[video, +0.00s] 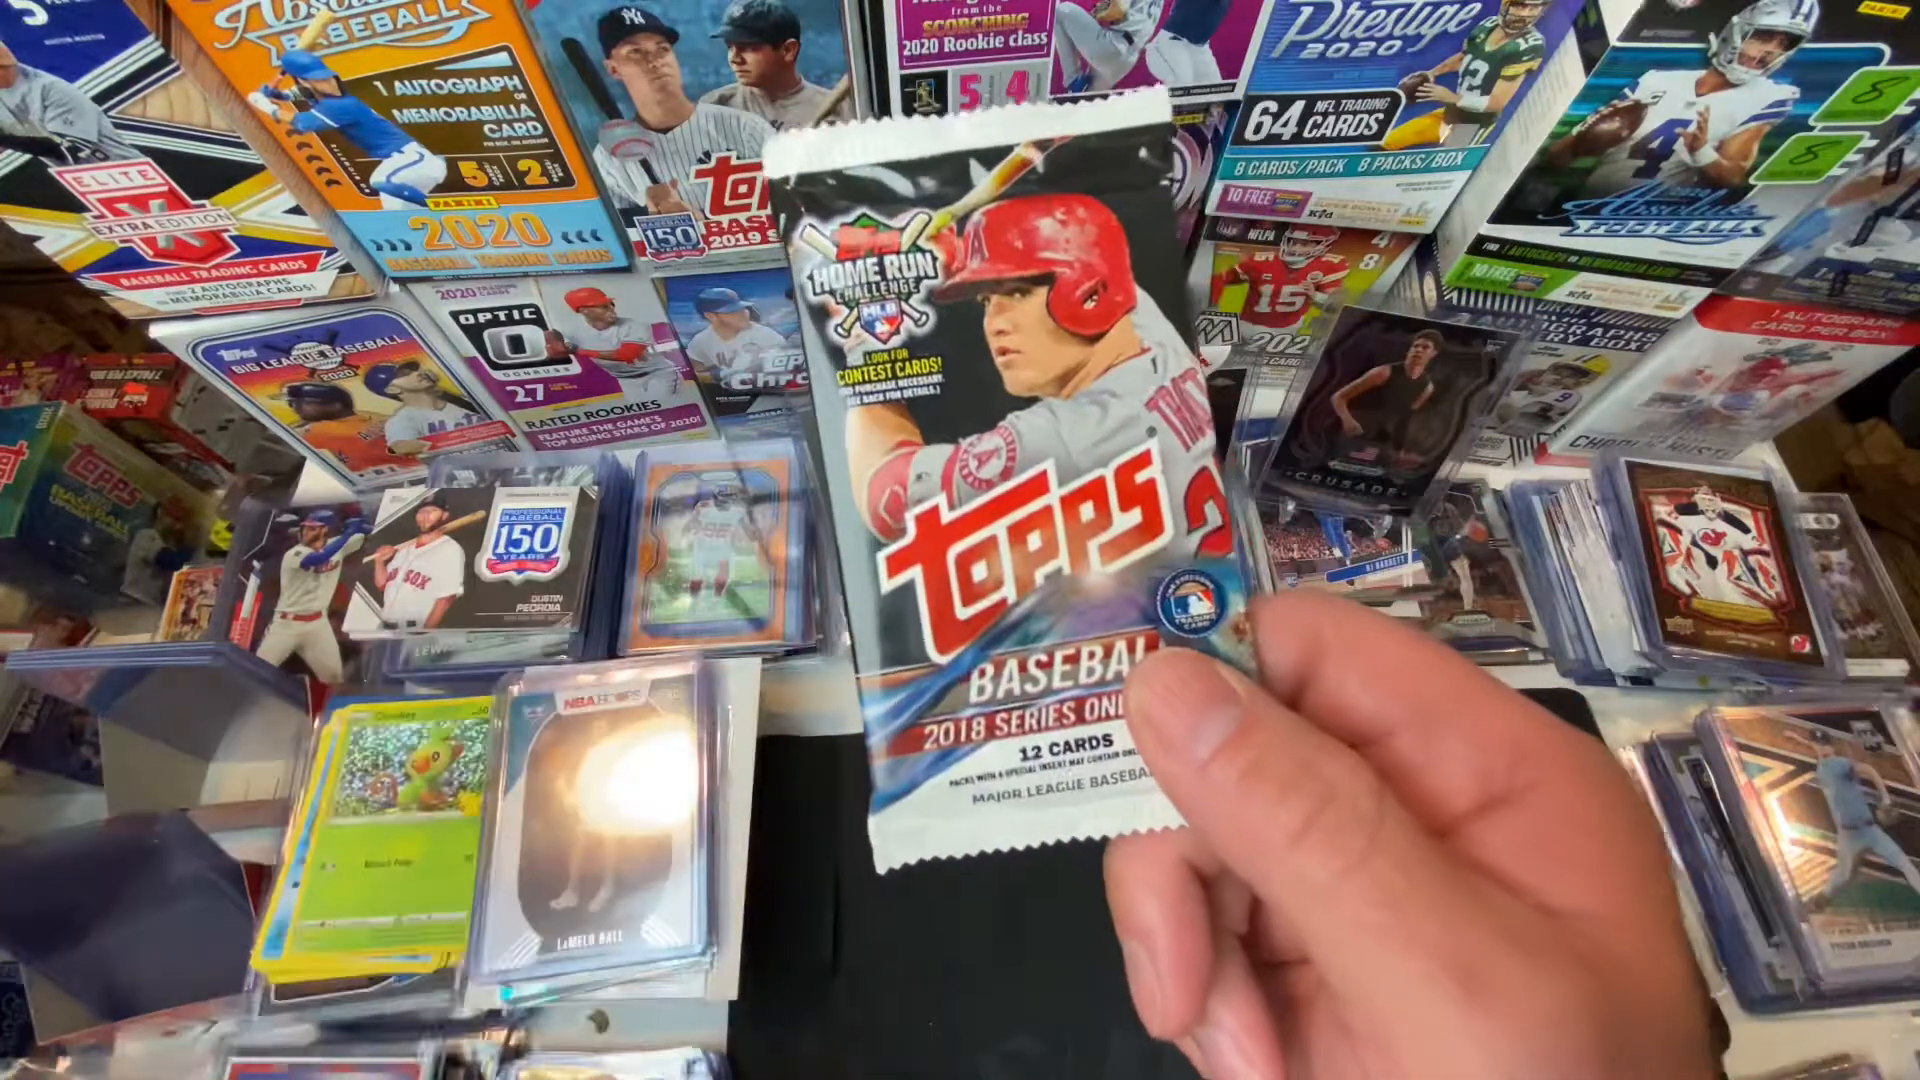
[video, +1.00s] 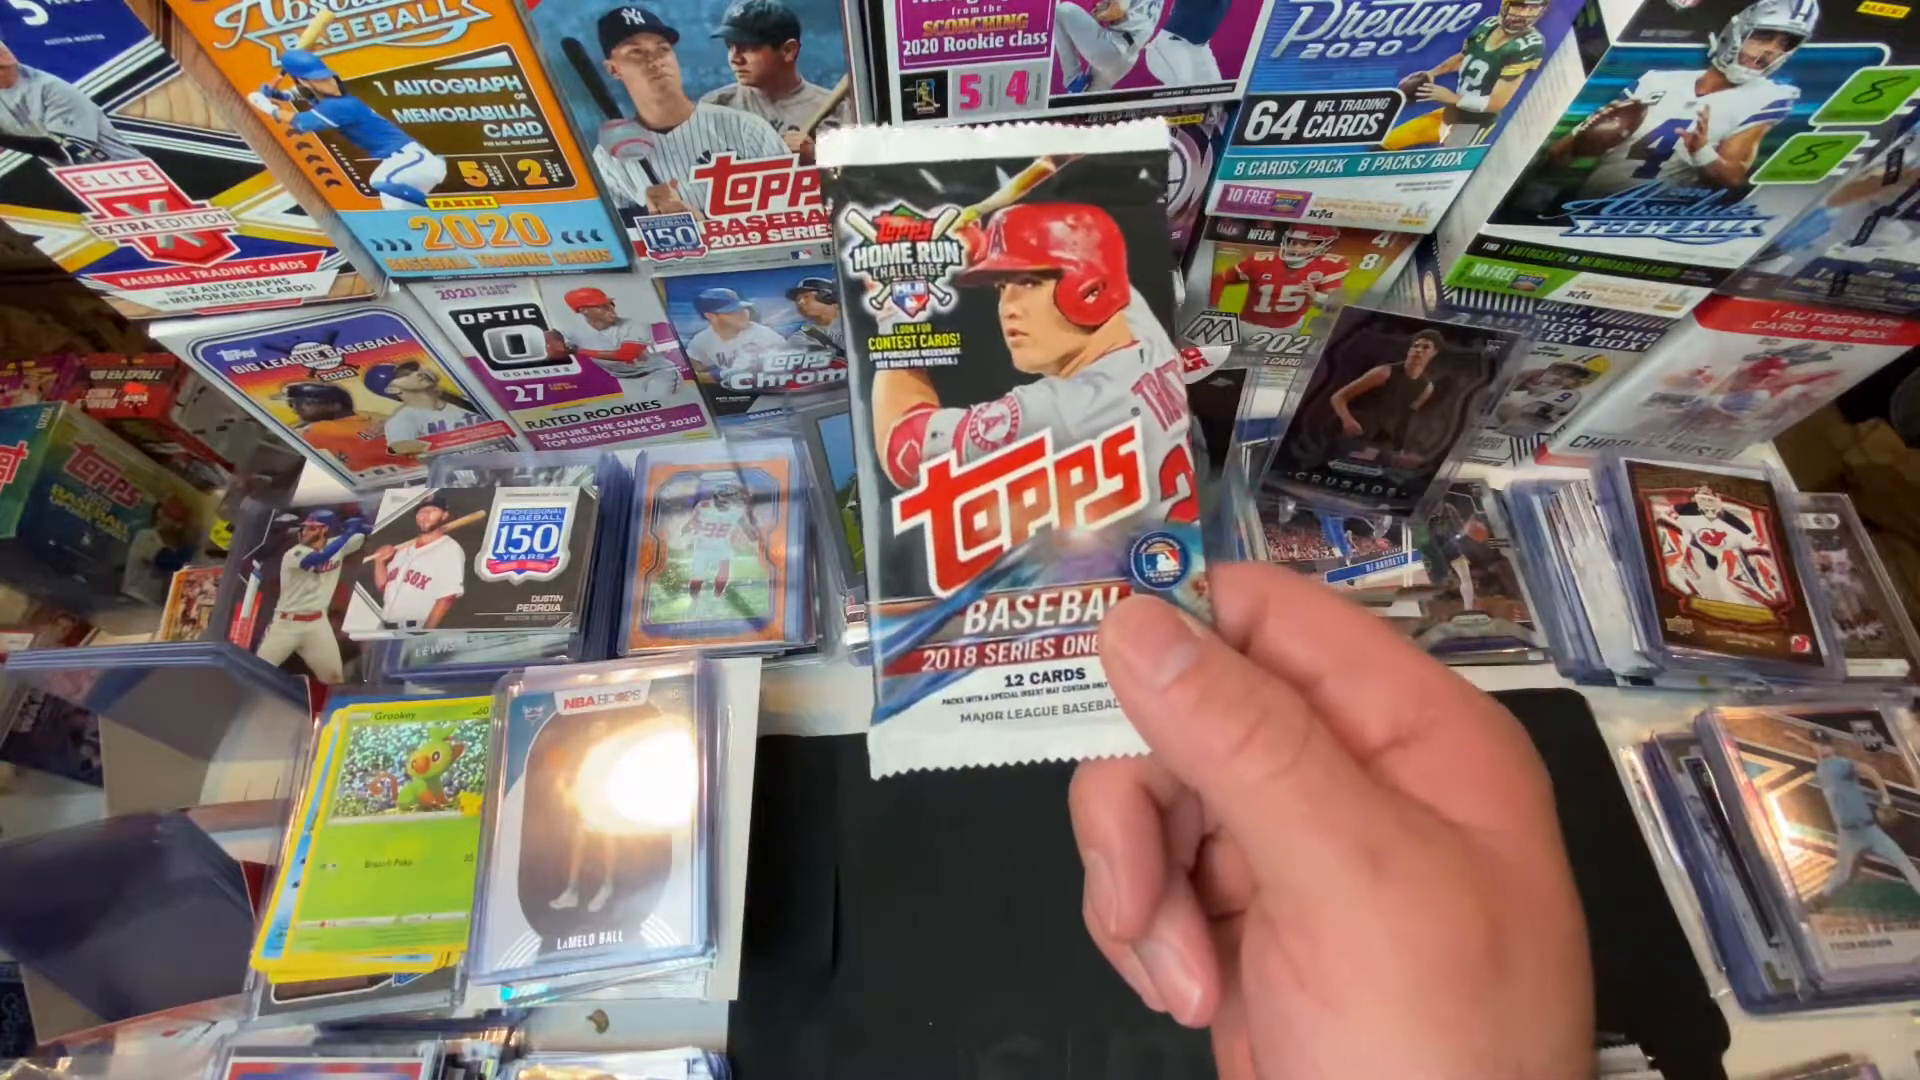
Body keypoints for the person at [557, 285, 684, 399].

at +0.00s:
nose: (612, 310)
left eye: (611, 306)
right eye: (605, 307)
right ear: (586, 312)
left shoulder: (633, 325)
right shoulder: (578, 336)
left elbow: (628, 354)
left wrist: (584, 354)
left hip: (658, 372)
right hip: (625, 379)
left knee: (656, 405)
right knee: (631, 409)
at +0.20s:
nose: (612, 310)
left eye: (611, 306)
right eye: (605, 307)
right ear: (586, 312)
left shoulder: (633, 325)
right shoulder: (578, 336)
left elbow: (628, 354)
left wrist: (583, 353)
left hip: (658, 372)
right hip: (624, 379)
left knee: (656, 403)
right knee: (630, 408)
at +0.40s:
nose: (612, 310)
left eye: (611, 306)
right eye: (605, 307)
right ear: (586, 312)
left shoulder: (632, 326)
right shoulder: (578, 336)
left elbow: (628, 354)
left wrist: (582, 353)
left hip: (658, 372)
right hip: (624, 379)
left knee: (656, 402)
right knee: (630, 407)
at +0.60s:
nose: (612, 310)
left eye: (611, 305)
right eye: (605, 307)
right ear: (586, 312)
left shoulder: (633, 325)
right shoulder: (578, 335)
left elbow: (628, 354)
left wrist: (581, 353)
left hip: (658, 371)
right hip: (624, 378)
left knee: (656, 399)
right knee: (631, 404)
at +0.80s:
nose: (612, 310)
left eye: (611, 305)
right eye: (605, 307)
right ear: (586, 312)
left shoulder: (632, 325)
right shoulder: (578, 335)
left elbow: (628, 354)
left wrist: (581, 353)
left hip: (658, 371)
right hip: (624, 377)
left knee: (656, 399)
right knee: (630, 404)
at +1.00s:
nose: (612, 310)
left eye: (611, 305)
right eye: (604, 308)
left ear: (613, 304)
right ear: (587, 312)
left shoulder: (633, 325)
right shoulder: (579, 335)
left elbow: (627, 354)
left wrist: (581, 353)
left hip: (658, 371)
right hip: (624, 378)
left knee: (657, 397)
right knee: (630, 403)